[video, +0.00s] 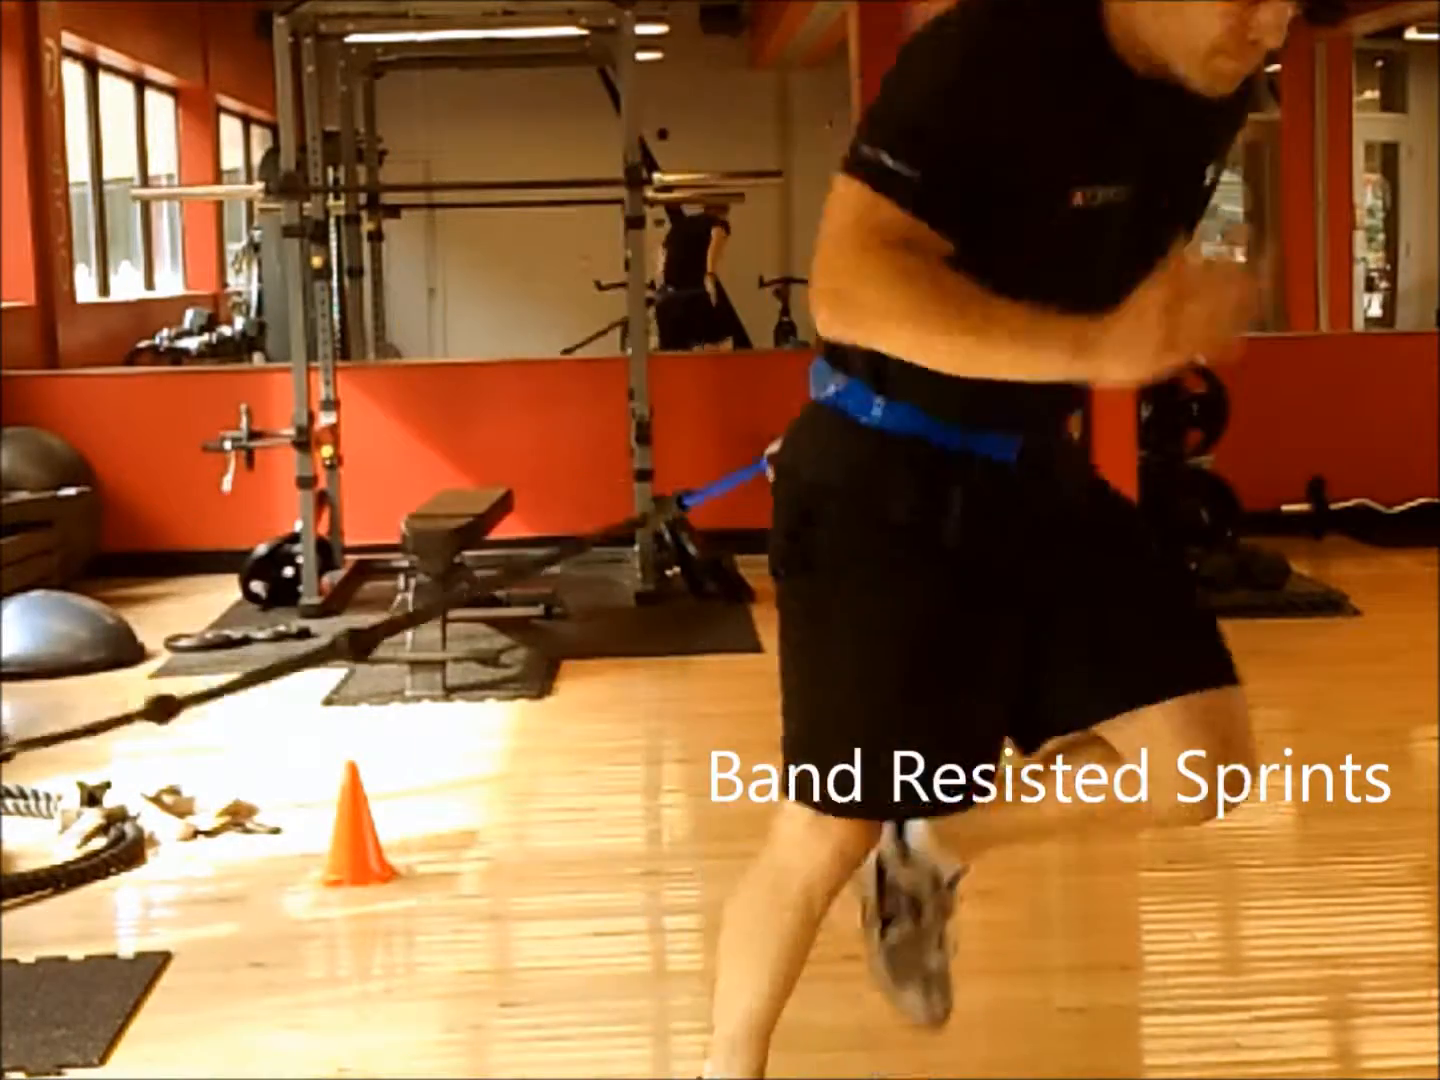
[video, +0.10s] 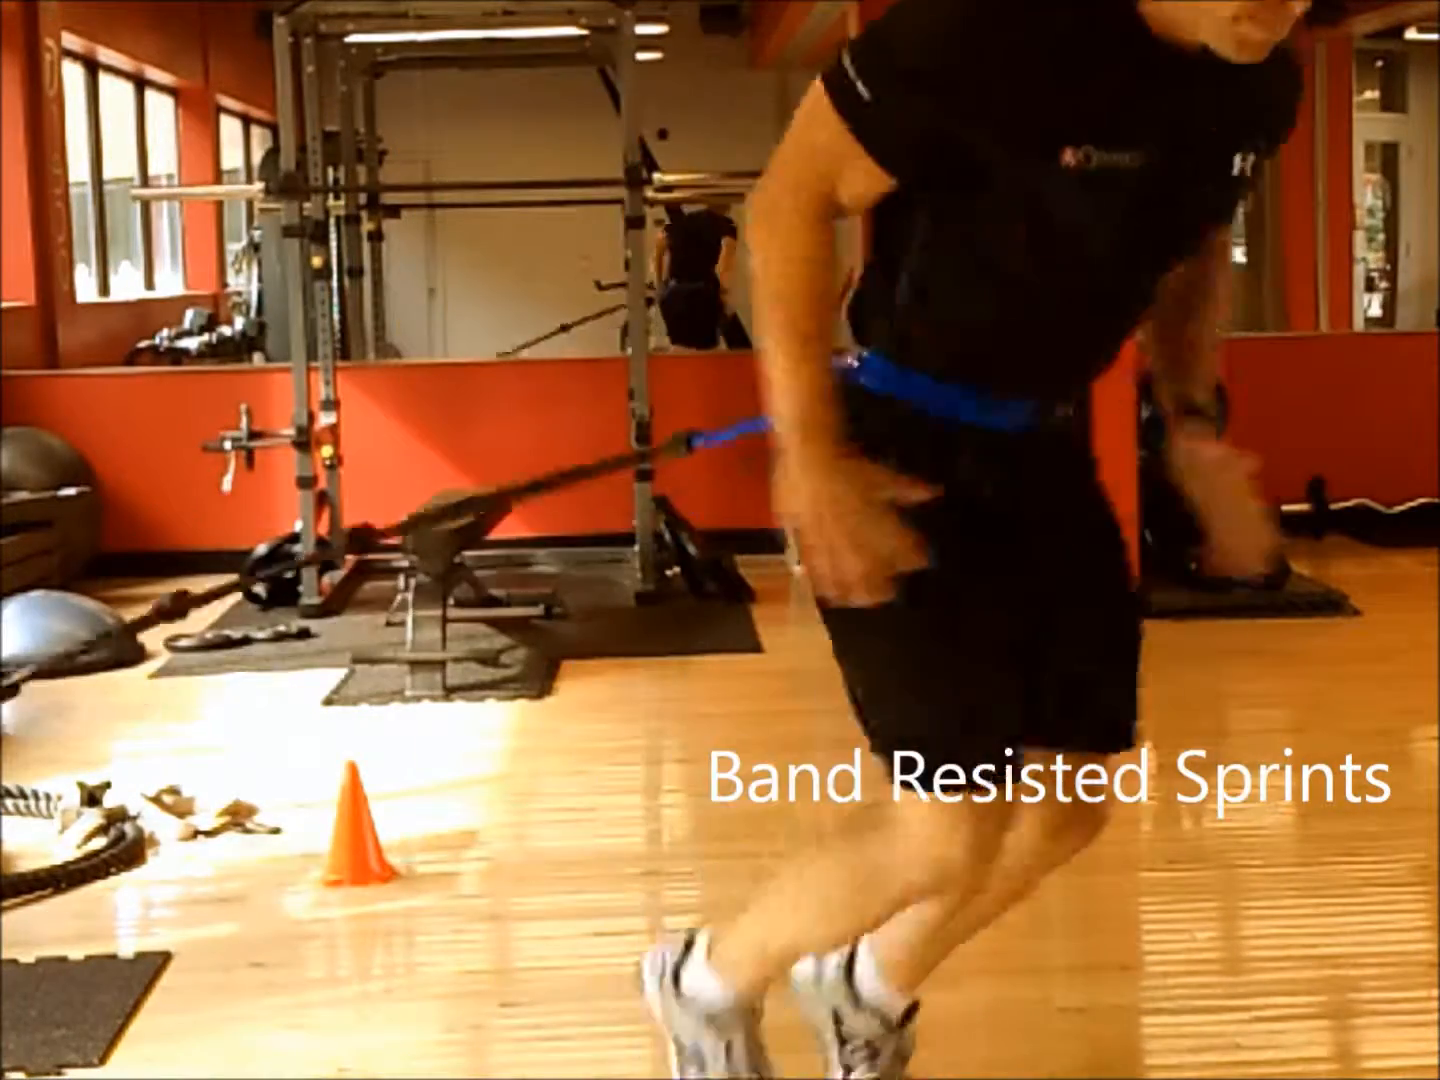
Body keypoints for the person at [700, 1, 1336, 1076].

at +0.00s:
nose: (1272, 25)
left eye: (1288, 1)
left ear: (1301, 4)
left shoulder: (1219, 79)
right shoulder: (983, 47)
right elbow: (849, 287)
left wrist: (1179, 308)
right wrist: (1092, 347)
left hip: (1041, 464)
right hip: (879, 458)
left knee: (1198, 767)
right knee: (833, 818)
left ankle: (931, 840)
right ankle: (729, 1067)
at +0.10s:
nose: (1287, 19)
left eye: (1304, 2)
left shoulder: (1259, 86)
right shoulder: (980, 31)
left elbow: (1190, 252)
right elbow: (792, 194)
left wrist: (1194, 431)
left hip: (1040, 441)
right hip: (893, 430)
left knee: (1071, 801)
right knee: (947, 824)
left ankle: (868, 989)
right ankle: (704, 982)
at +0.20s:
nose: (1273, 100)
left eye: (1293, 68)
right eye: (1251, 60)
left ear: (1309, 56)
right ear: (1152, 23)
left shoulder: (1250, 184)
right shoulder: (966, 112)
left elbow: (1279, 359)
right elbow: (721, 170)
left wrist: (1362, 437)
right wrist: (623, 370)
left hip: (1027, 526)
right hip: (883, 511)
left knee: (936, 827)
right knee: (1078, 785)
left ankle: (785, 1045)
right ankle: (758, 801)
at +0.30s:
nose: (1273, 85)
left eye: (1294, 53)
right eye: (1251, 44)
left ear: (1310, 49)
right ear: (1151, 16)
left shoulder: (1250, 170)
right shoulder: (963, 105)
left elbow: (1251, 348)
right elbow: (734, 170)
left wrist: (1328, 426)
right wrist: (652, 390)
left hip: (1045, 528)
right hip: (900, 512)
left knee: (927, 822)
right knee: (1028, 837)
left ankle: (803, 1017)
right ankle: (784, 875)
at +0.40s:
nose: (1291, 26)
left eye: (1305, 1)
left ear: (1318, 3)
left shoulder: (1248, 104)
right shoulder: (984, 56)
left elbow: (1183, 278)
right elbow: (797, 242)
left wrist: (1172, 479)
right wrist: (904, 469)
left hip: (1049, 487)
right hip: (891, 485)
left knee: (1078, 855)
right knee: (893, 893)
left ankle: (845, 952)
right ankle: (746, 1069)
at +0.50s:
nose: (1276, 110)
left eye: (1292, 74)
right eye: (1252, 67)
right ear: (1142, 31)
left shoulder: (1207, 164)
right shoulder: (991, 132)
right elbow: (930, 394)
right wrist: (1197, 374)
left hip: (1044, 556)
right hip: (880, 562)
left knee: (1218, 844)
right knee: (836, 922)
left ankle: (946, 812)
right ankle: (719, 1070)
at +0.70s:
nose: (1367, 28)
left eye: (1386, 6)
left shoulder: (1307, 99)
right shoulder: (1035, 36)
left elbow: (1219, 246)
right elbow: (840, 213)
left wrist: (1209, 420)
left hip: (1073, 447)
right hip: (912, 440)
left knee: (1095, 823)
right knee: (952, 847)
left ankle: (895, 1005)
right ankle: (698, 988)